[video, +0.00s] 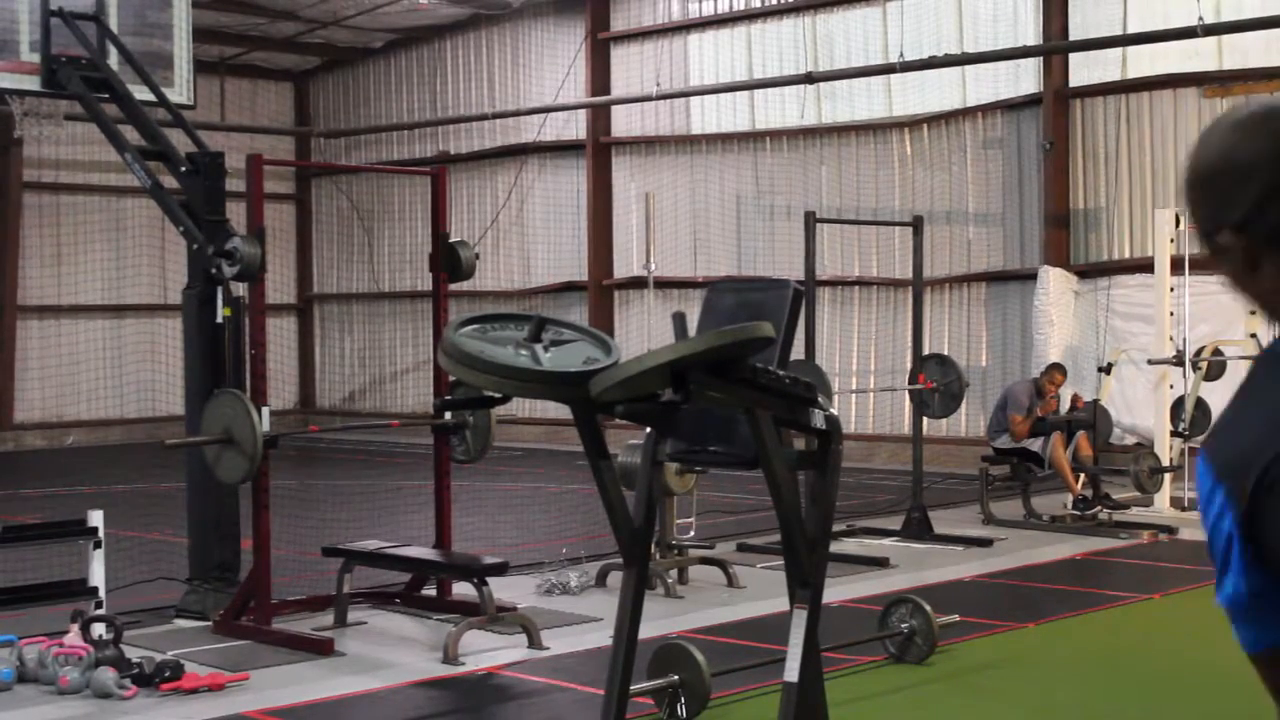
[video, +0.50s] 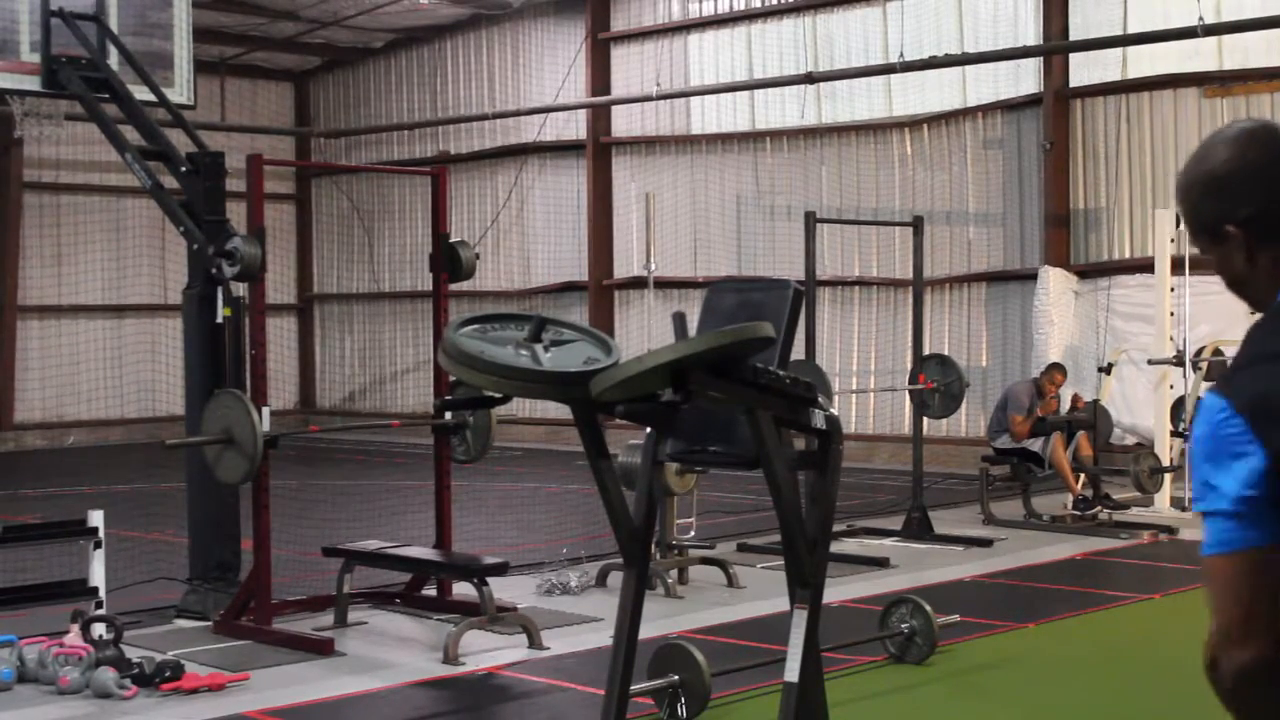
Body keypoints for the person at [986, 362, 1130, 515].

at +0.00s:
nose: (1053, 390)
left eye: (1057, 387)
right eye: (1050, 384)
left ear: (1060, 386)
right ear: (1041, 376)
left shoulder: (1050, 395)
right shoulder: (1020, 392)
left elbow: (1052, 426)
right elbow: (1017, 435)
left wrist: (1071, 412)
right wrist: (1040, 413)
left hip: (1028, 438)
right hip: (1003, 439)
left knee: (1080, 436)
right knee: (1054, 439)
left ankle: (1098, 493)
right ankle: (1078, 497)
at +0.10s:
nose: (1053, 390)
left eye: (1057, 387)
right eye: (1051, 384)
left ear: (1060, 386)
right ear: (1041, 376)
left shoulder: (1049, 395)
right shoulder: (1020, 392)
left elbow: (1052, 426)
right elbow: (1017, 435)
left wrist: (1071, 412)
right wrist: (1040, 413)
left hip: (1028, 438)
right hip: (1003, 439)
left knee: (1080, 436)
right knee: (1054, 439)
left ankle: (1098, 493)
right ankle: (1078, 498)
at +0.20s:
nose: (1053, 390)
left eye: (1057, 387)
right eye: (1051, 384)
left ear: (1060, 386)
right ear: (1041, 376)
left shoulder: (1050, 395)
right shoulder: (1020, 392)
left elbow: (1052, 426)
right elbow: (1017, 434)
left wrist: (1072, 412)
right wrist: (1040, 413)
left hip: (1028, 438)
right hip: (1003, 440)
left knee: (1080, 436)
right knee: (1055, 439)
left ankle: (1098, 494)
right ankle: (1078, 498)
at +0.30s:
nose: (1053, 390)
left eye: (1058, 387)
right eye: (1051, 384)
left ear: (1061, 386)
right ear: (1041, 376)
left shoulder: (1049, 395)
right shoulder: (1020, 392)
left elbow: (1052, 426)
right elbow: (1017, 434)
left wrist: (1072, 412)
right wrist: (1040, 413)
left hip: (1028, 438)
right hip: (1003, 440)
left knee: (1080, 436)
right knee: (1055, 439)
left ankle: (1098, 494)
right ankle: (1078, 497)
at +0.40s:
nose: (1053, 390)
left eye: (1057, 387)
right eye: (1051, 384)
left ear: (1061, 386)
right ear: (1041, 376)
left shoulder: (1049, 395)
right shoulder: (1020, 392)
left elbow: (1051, 426)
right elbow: (1017, 434)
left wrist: (1072, 412)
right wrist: (1040, 413)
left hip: (1028, 438)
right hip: (1003, 440)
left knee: (1080, 436)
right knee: (1055, 439)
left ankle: (1098, 494)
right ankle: (1078, 497)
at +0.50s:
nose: (1053, 390)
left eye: (1058, 387)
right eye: (1051, 384)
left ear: (1061, 386)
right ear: (1041, 376)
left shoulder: (1049, 396)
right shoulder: (1020, 392)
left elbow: (1051, 426)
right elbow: (1017, 434)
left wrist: (1072, 412)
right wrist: (1040, 413)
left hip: (1029, 438)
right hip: (1003, 440)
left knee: (1080, 436)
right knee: (1055, 439)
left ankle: (1098, 494)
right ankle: (1078, 497)